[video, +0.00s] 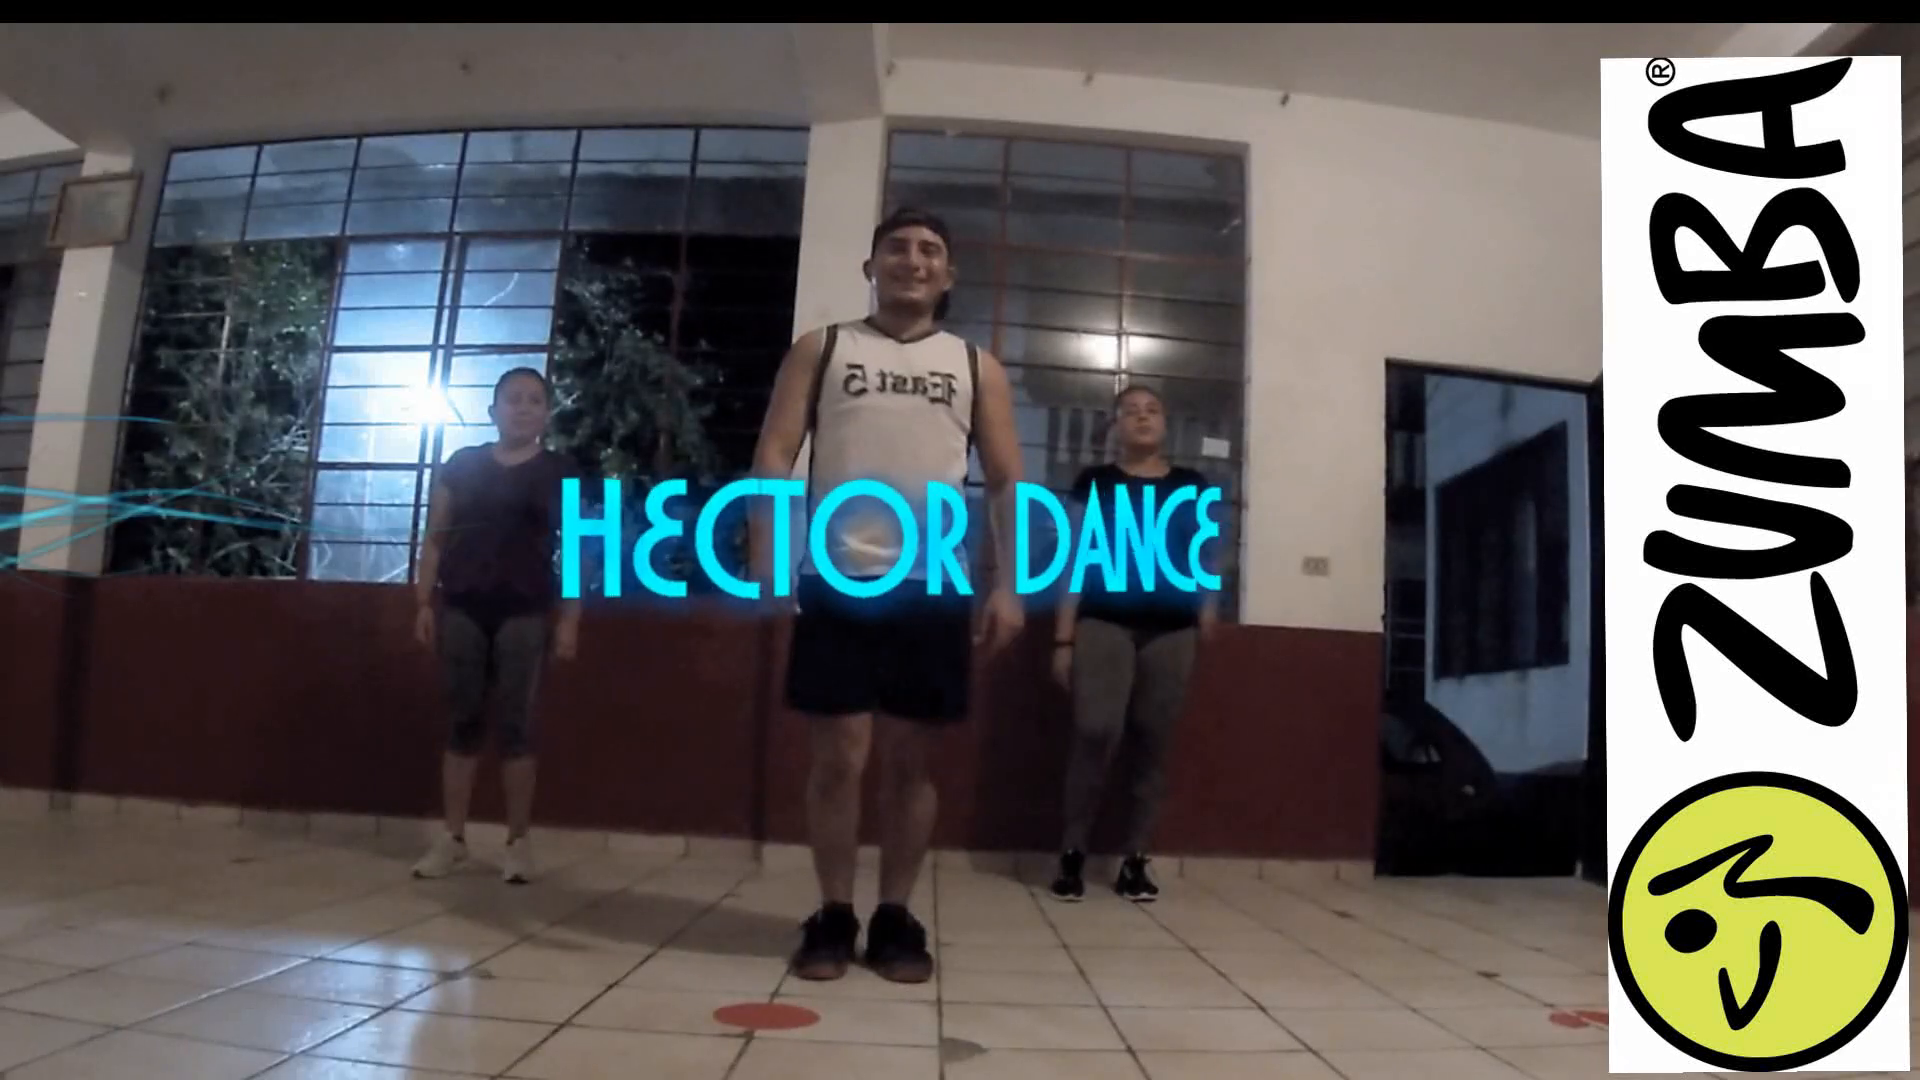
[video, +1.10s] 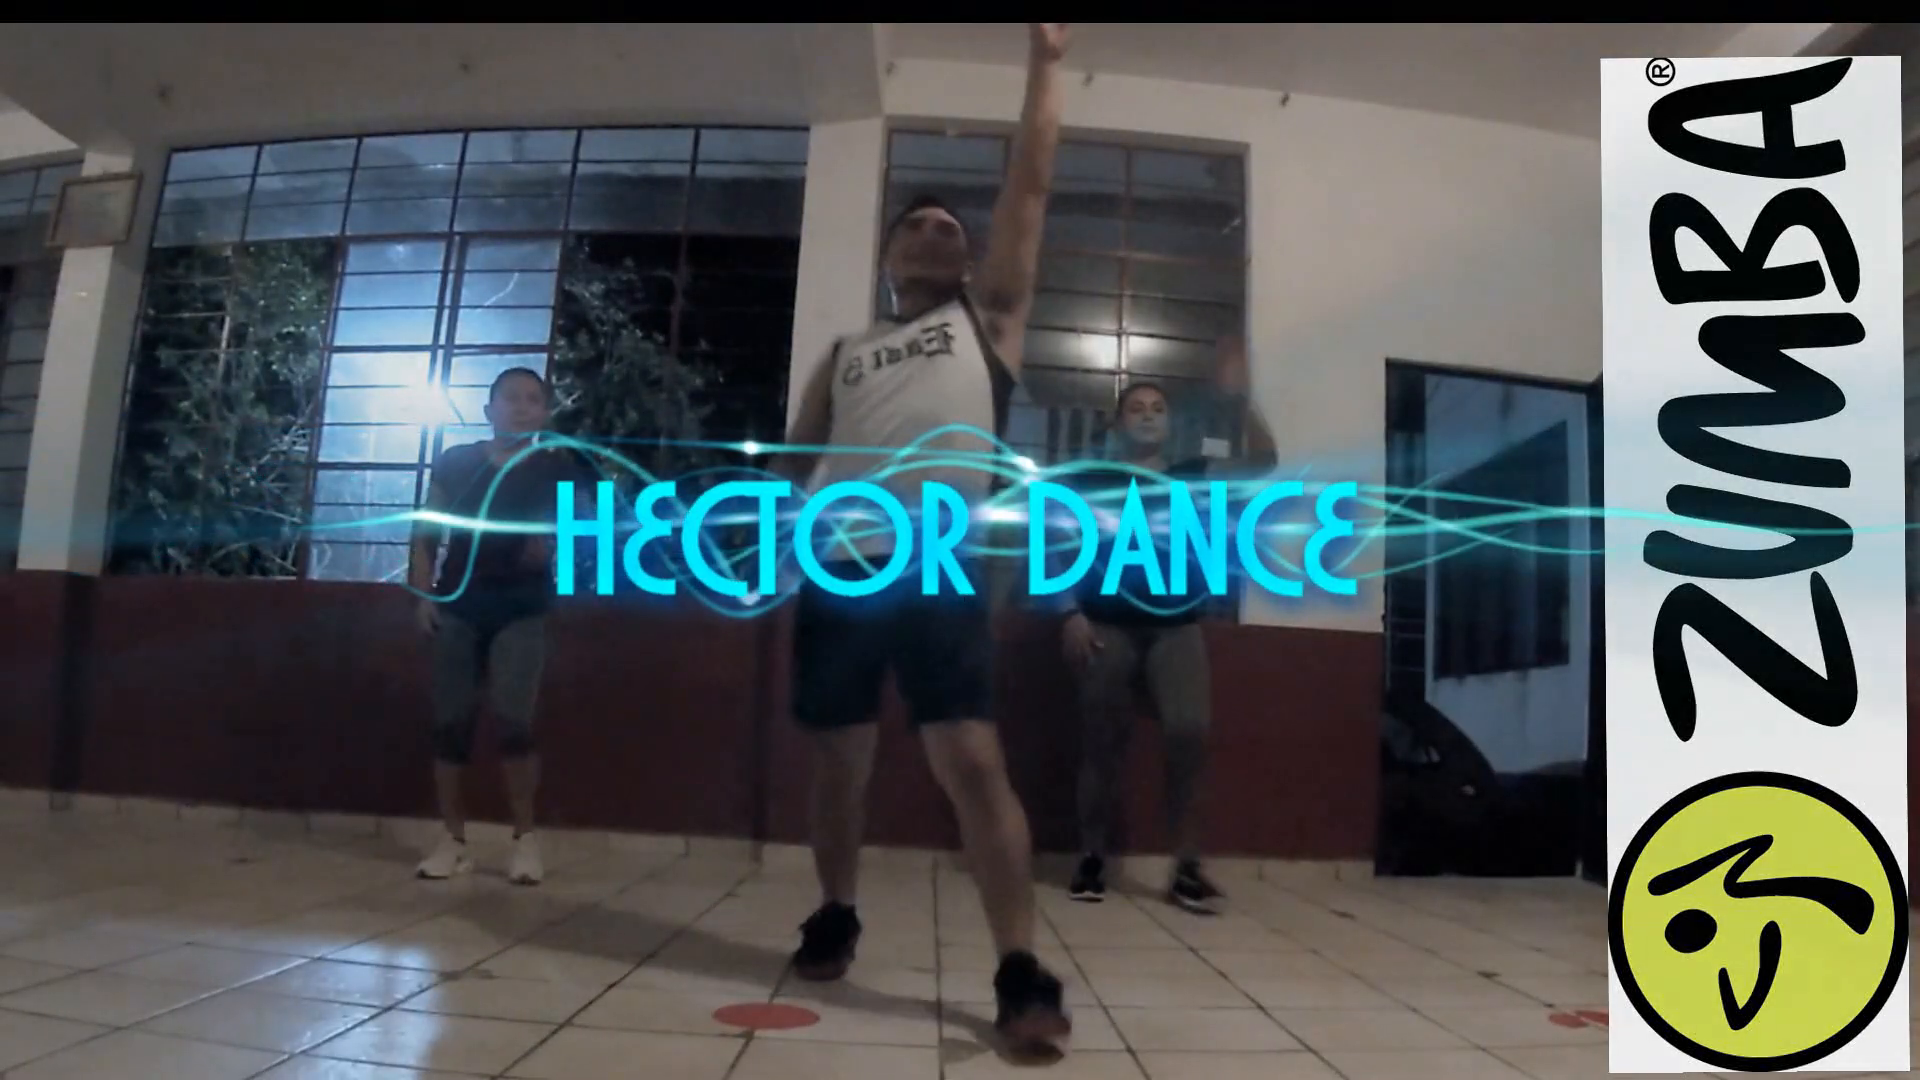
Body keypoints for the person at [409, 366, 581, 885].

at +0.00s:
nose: (523, 409)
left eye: (533, 402)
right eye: (514, 400)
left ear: (547, 413)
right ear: (495, 408)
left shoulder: (558, 474)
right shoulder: (461, 465)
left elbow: (575, 550)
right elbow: (435, 539)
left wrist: (569, 618)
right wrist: (424, 602)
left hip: (525, 614)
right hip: (461, 612)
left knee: (516, 728)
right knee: (462, 724)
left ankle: (516, 843)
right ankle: (452, 838)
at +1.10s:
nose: (523, 409)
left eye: (532, 401)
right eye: (513, 400)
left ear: (547, 411)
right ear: (491, 407)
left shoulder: (560, 468)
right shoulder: (456, 464)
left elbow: (587, 527)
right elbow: (425, 533)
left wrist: (555, 545)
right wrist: (423, 594)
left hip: (523, 609)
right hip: (457, 609)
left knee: (514, 723)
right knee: (449, 724)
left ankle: (525, 841)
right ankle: (452, 842)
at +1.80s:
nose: (495, 407)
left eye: (502, 399)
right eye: (484, 397)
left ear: (513, 409)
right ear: (460, 405)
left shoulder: (524, 470)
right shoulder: (435, 449)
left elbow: (593, 505)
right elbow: (390, 380)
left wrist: (567, 452)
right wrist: (401, 308)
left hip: (496, 610)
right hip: (427, 605)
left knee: (516, 721)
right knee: (391, 721)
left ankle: (541, 844)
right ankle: (380, 848)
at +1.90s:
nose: (493, 406)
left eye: (500, 397)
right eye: (482, 397)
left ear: (512, 407)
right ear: (459, 405)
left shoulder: (529, 466)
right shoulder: (436, 450)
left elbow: (578, 528)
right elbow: (384, 387)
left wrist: (557, 505)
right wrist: (404, 319)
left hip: (495, 609)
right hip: (429, 604)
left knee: (509, 723)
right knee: (396, 722)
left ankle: (540, 833)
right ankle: (379, 847)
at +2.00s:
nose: (488, 411)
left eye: (497, 402)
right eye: (479, 402)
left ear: (512, 412)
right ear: (461, 410)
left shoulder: (535, 468)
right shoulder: (443, 455)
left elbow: (570, 535)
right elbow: (386, 400)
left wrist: (559, 591)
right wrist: (408, 339)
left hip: (500, 613)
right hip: (436, 606)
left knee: (508, 731)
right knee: (407, 723)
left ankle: (536, 835)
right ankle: (381, 846)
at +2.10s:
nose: (496, 418)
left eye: (505, 409)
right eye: (486, 411)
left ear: (521, 418)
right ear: (471, 422)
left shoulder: (547, 477)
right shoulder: (455, 468)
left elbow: (578, 551)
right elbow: (390, 426)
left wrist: (560, 616)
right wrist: (413, 363)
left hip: (515, 623)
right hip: (453, 617)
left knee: (515, 739)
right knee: (420, 731)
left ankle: (531, 841)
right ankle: (380, 844)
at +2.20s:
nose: (509, 420)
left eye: (518, 412)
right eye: (498, 413)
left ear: (534, 422)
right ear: (483, 425)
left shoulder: (557, 481)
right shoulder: (467, 470)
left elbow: (599, 547)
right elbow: (395, 459)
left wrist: (577, 615)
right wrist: (413, 412)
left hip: (525, 624)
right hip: (463, 618)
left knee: (524, 738)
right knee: (421, 719)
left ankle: (532, 841)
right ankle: (390, 841)